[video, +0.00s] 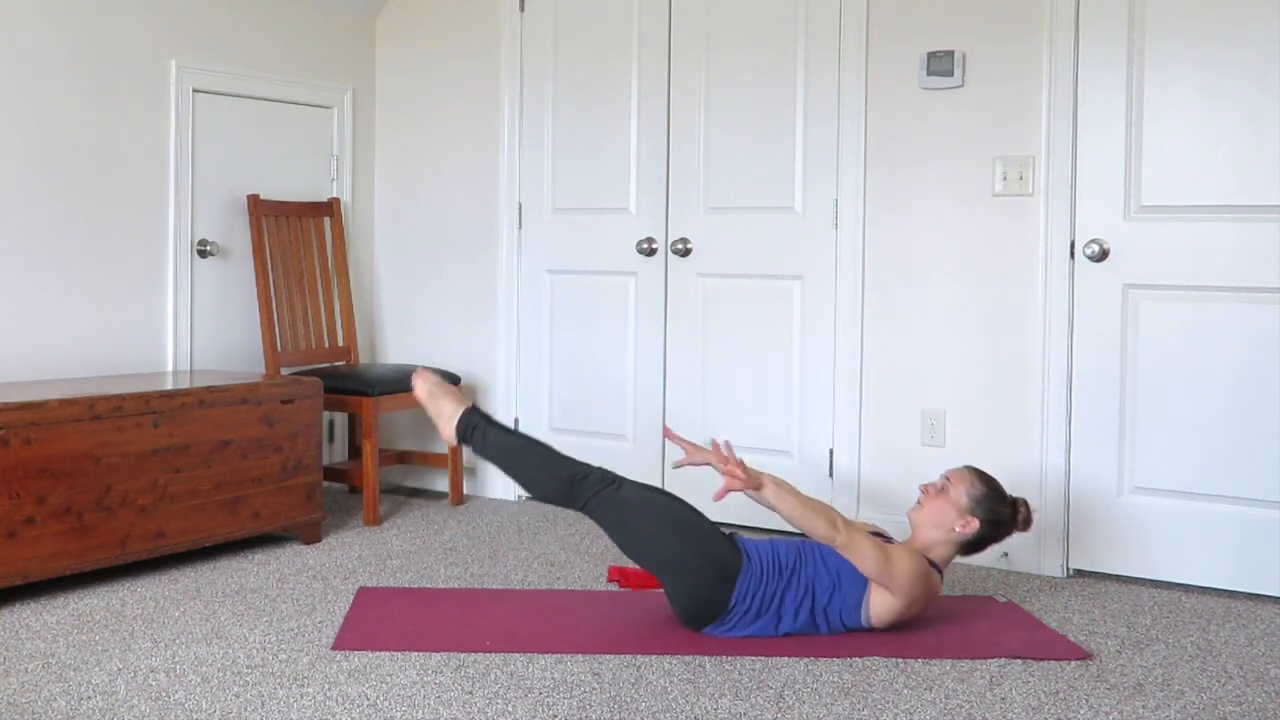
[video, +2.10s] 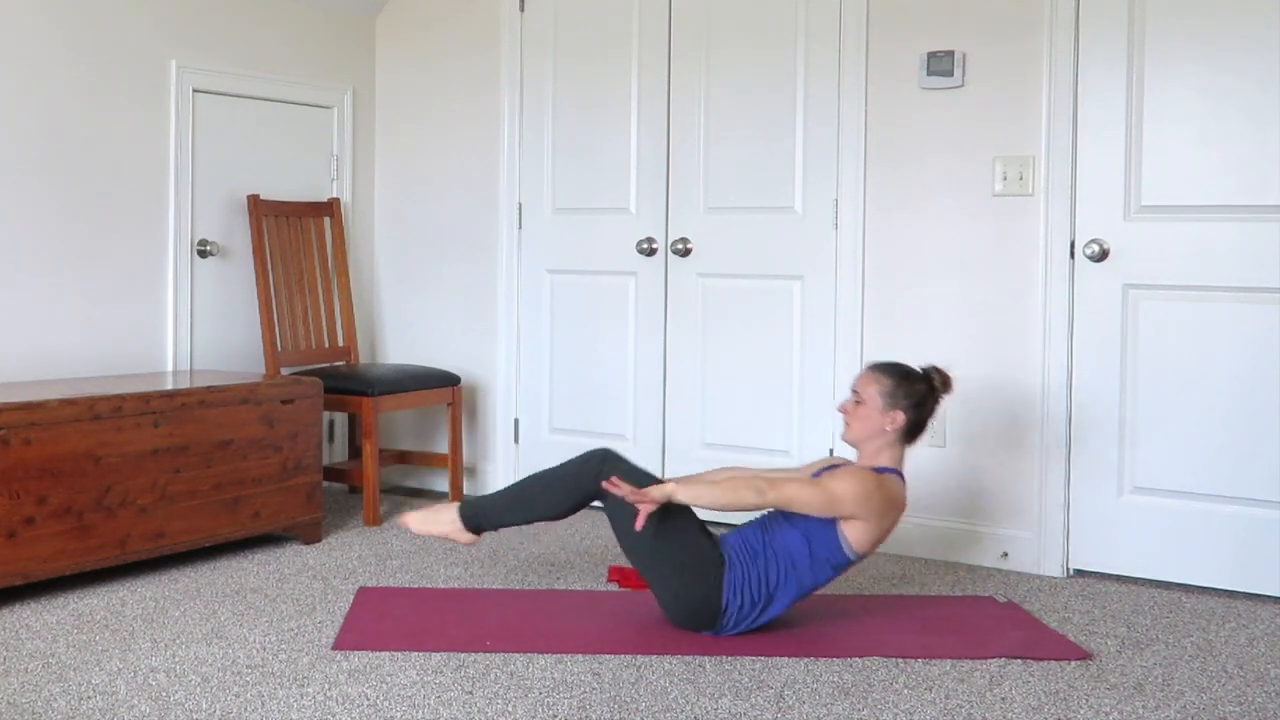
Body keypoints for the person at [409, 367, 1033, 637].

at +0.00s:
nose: (926, 491)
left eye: (943, 492)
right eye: (937, 483)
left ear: (962, 529)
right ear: (949, 520)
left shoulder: (909, 579)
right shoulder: (897, 556)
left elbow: (838, 534)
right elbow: (826, 525)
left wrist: (761, 483)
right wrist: (744, 474)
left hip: (723, 590)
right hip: (725, 567)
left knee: (597, 489)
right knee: (600, 486)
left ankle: (460, 418)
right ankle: (464, 426)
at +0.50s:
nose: (883, 441)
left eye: (900, 438)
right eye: (891, 432)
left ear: (928, 466)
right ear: (910, 456)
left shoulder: (890, 524)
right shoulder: (870, 503)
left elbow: (794, 524)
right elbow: (774, 493)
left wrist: (695, 514)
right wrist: (680, 478)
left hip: (716, 587)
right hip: (719, 567)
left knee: (586, 485)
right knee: (590, 483)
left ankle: (436, 487)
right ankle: (444, 484)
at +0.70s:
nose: (824, 386)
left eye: (838, 382)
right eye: (831, 377)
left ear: (871, 407)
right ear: (860, 403)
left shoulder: (855, 477)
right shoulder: (819, 455)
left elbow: (755, 500)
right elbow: (730, 469)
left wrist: (652, 513)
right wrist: (644, 491)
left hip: (714, 596)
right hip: (707, 572)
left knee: (626, 446)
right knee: (622, 443)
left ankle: (483, 485)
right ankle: (484, 480)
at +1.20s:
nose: (878, 438)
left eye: (895, 435)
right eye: (886, 428)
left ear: (923, 464)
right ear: (902, 451)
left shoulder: (884, 526)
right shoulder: (861, 496)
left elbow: (784, 508)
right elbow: (770, 482)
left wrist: (686, 490)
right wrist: (681, 471)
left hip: (711, 593)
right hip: (716, 564)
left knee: (604, 467)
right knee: (607, 464)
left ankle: (459, 508)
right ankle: (466, 504)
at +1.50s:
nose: (932, 500)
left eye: (949, 502)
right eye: (942, 492)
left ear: (971, 537)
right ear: (950, 520)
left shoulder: (917, 578)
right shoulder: (909, 559)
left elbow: (839, 531)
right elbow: (827, 518)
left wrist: (754, 480)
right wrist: (740, 471)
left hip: (729, 587)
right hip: (732, 569)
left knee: (611, 477)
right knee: (615, 476)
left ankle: (473, 414)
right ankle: (478, 417)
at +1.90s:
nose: (898, 469)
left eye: (914, 465)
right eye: (906, 459)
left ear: (945, 492)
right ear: (932, 488)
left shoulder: (899, 544)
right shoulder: (903, 537)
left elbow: (800, 515)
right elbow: (801, 519)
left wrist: (709, 490)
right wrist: (706, 491)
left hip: (723, 583)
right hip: (728, 576)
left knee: (584, 505)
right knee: (588, 504)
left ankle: (434, 490)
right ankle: (441, 490)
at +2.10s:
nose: (844, 409)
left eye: (859, 402)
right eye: (851, 398)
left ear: (893, 424)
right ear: (880, 419)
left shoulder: (872, 489)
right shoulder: (849, 470)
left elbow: (767, 491)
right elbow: (759, 482)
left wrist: (670, 493)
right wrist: (667, 489)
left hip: (718, 597)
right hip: (717, 573)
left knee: (603, 467)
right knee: (605, 463)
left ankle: (463, 519)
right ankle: (469, 515)